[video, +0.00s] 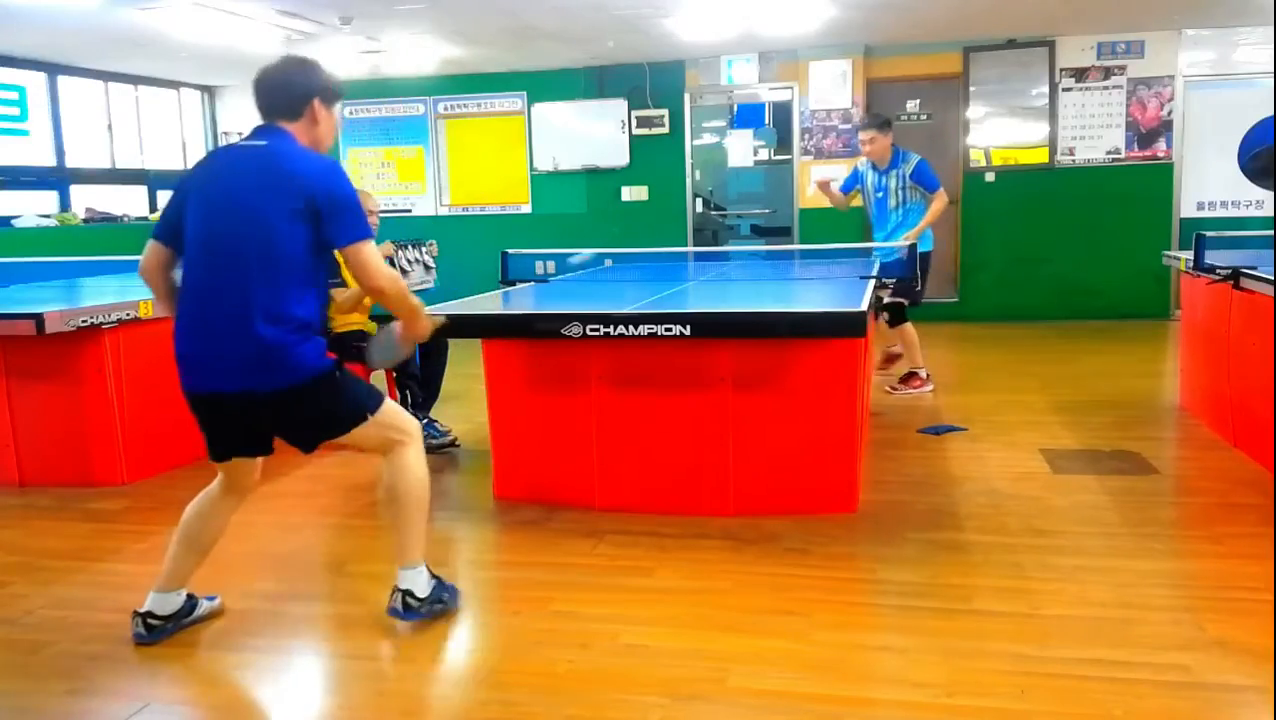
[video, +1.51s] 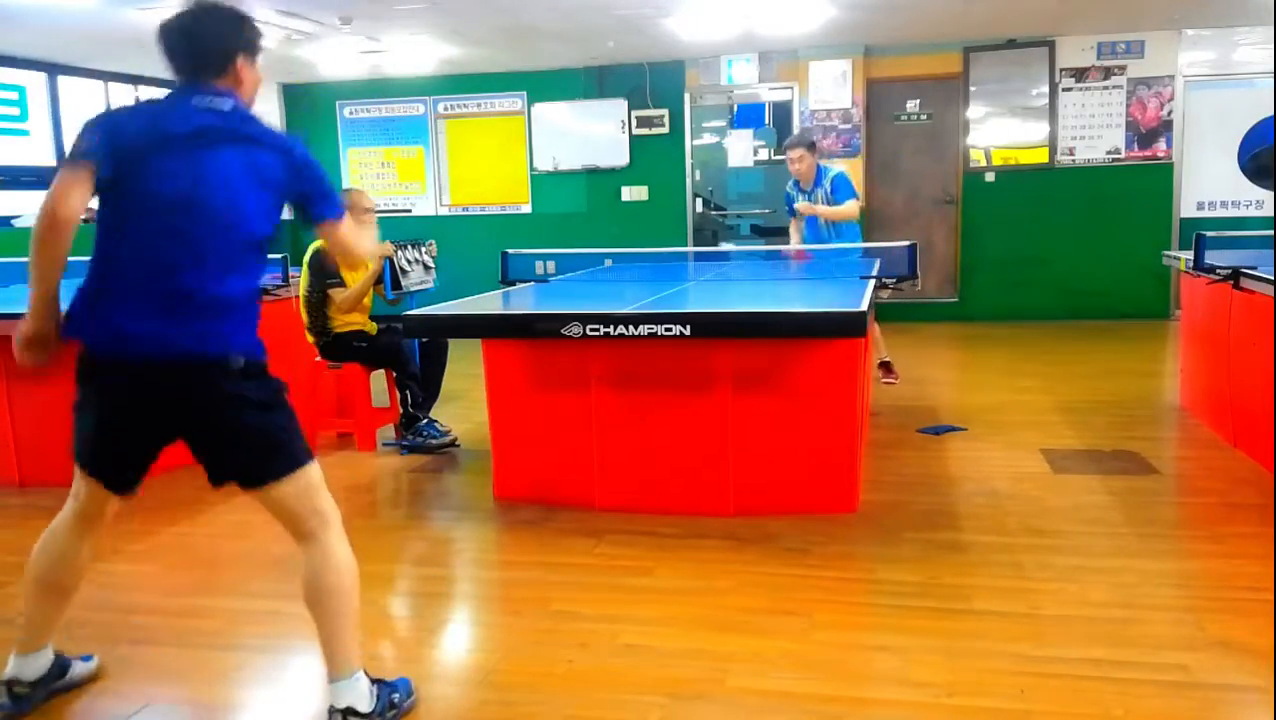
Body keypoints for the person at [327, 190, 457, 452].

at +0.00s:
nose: (376, 221)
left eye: (377, 215)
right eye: (370, 215)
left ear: (377, 217)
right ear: (350, 215)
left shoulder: (370, 252)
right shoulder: (333, 254)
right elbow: (341, 303)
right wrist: (376, 264)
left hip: (370, 329)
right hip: (344, 334)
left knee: (435, 339)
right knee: (405, 343)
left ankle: (420, 416)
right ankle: (414, 419)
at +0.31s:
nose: (368, 227)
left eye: (370, 220)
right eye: (363, 219)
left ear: (371, 225)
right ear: (346, 217)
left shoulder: (366, 255)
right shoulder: (330, 251)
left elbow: (392, 297)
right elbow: (341, 304)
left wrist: (422, 259)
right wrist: (376, 267)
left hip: (366, 329)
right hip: (342, 335)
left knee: (435, 340)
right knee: (404, 346)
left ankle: (419, 419)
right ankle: (410, 426)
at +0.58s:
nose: (377, 218)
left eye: (376, 212)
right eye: (371, 212)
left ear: (354, 217)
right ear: (348, 216)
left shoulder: (361, 251)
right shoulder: (325, 252)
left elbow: (392, 298)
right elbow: (352, 302)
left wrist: (417, 260)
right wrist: (378, 264)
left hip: (361, 332)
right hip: (333, 340)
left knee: (435, 341)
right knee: (403, 346)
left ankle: (419, 419)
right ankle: (411, 426)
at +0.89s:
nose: (377, 218)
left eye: (377, 212)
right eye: (371, 212)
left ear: (355, 219)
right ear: (348, 218)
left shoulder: (364, 254)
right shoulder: (327, 252)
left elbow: (392, 298)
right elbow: (344, 303)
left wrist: (418, 261)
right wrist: (377, 267)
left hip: (365, 331)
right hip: (334, 341)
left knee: (436, 339)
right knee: (403, 342)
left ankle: (420, 417)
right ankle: (409, 424)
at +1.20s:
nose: (369, 219)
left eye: (371, 213)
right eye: (362, 213)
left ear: (373, 217)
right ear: (342, 215)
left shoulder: (364, 254)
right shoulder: (323, 251)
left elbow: (391, 298)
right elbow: (343, 304)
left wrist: (419, 262)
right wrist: (377, 266)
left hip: (365, 331)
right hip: (336, 339)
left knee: (435, 340)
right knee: (403, 346)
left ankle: (418, 419)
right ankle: (412, 426)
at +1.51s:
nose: (372, 218)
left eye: (373, 212)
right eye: (366, 212)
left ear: (370, 214)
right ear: (346, 214)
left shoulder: (362, 251)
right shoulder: (321, 252)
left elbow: (391, 297)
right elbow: (344, 303)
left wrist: (419, 261)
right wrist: (377, 266)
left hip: (364, 330)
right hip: (335, 338)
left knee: (435, 340)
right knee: (402, 347)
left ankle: (418, 419)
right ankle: (412, 426)